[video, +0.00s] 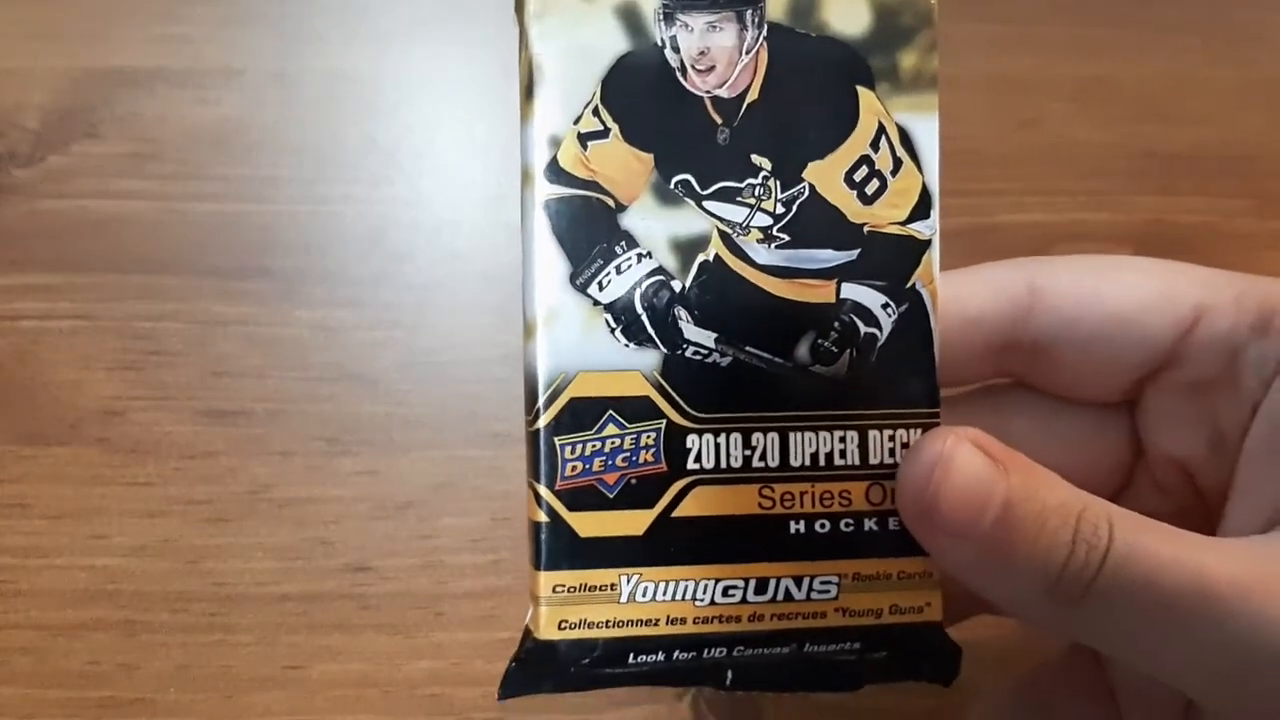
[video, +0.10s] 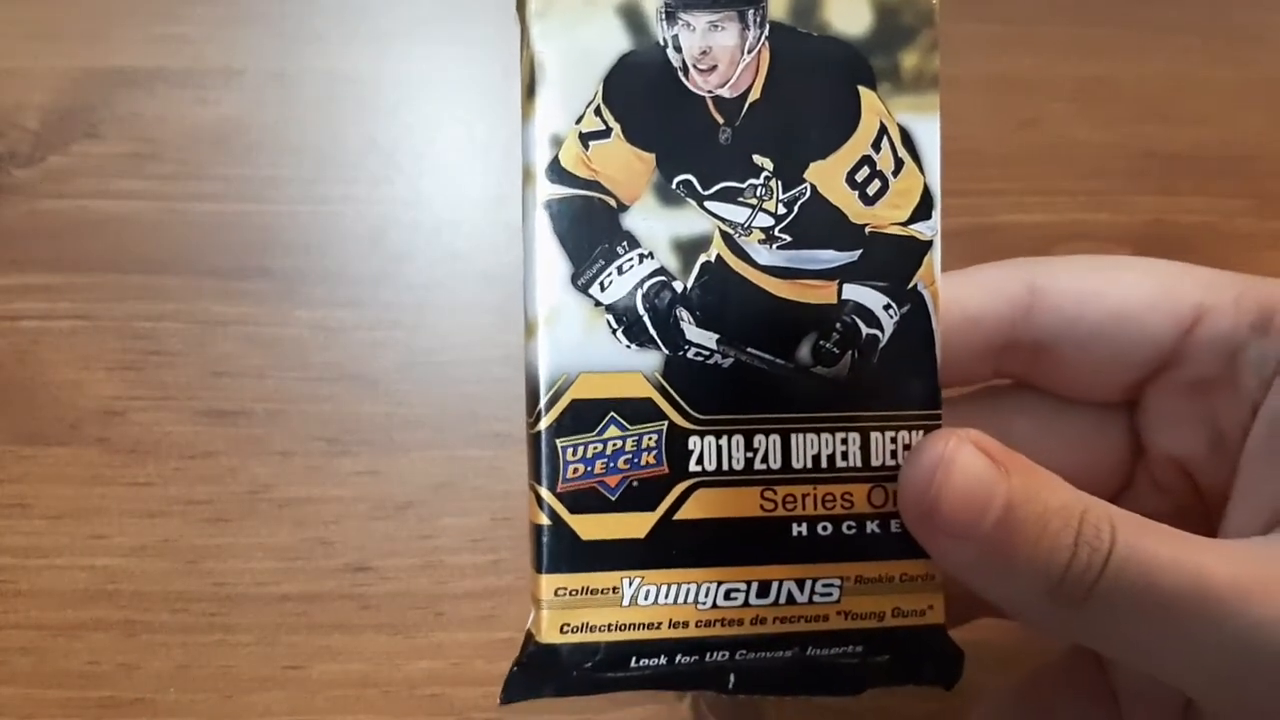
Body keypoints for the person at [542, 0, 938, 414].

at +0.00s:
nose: (696, 50)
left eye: (715, 28)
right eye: (681, 28)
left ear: (753, 25)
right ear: (665, 27)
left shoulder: (823, 82)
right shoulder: (639, 88)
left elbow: (903, 215)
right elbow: (574, 187)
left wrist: (859, 318)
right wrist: (629, 282)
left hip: (861, 280)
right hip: (744, 273)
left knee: (894, 439)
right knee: (676, 419)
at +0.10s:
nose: (698, 49)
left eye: (717, 27)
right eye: (682, 26)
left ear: (755, 25)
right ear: (666, 25)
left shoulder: (825, 82)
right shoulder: (642, 88)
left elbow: (905, 215)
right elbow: (575, 187)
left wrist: (861, 318)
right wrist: (629, 281)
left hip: (862, 282)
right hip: (745, 274)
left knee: (894, 445)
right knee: (679, 425)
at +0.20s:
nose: (701, 53)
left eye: (719, 31)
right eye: (685, 32)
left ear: (757, 29)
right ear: (668, 31)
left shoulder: (827, 84)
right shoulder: (644, 92)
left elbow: (909, 217)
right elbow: (578, 193)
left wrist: (865, 321)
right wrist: (635, 287)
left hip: (864, 287)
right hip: (746, 279)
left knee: (896, 448)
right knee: (681, 426)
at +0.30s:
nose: (702, 47)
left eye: (722, 24)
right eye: (685, 23)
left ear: (760, 23)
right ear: (669, 22)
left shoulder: (829, 80)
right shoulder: (647, 85)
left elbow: (910, 213)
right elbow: (579, 183)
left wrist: (867, 315)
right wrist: (636, 280)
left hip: (867, 279)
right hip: (749, 272)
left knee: (897, 445)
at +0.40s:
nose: (704, 44)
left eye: (724, 21)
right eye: (687, 22)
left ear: (762, 21)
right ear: (672, 20)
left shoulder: (832, 76)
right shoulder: (649, 83)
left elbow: (911, 211)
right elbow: (580, 182)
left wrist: (869, 313)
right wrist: (639, 279)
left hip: (868, 276)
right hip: (752, 269)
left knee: (901, 438)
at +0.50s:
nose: (711, 48)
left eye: (731, 26)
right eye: (695, 25)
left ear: (770, 25)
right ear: (681, 27)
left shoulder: (838, 81)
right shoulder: (658, 85)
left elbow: (918, 212)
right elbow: (591, 186)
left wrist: (879, 315)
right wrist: (651, 283)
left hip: (877, 279)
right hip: (763, 273)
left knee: (915, 437)